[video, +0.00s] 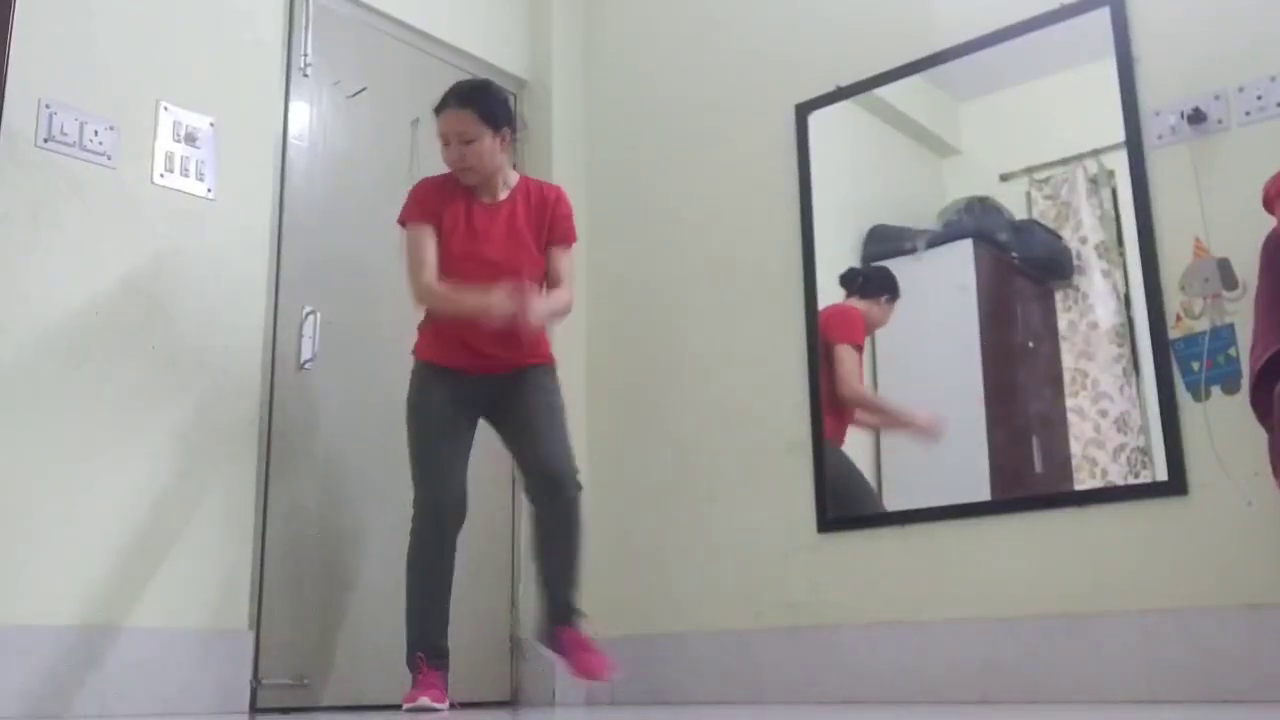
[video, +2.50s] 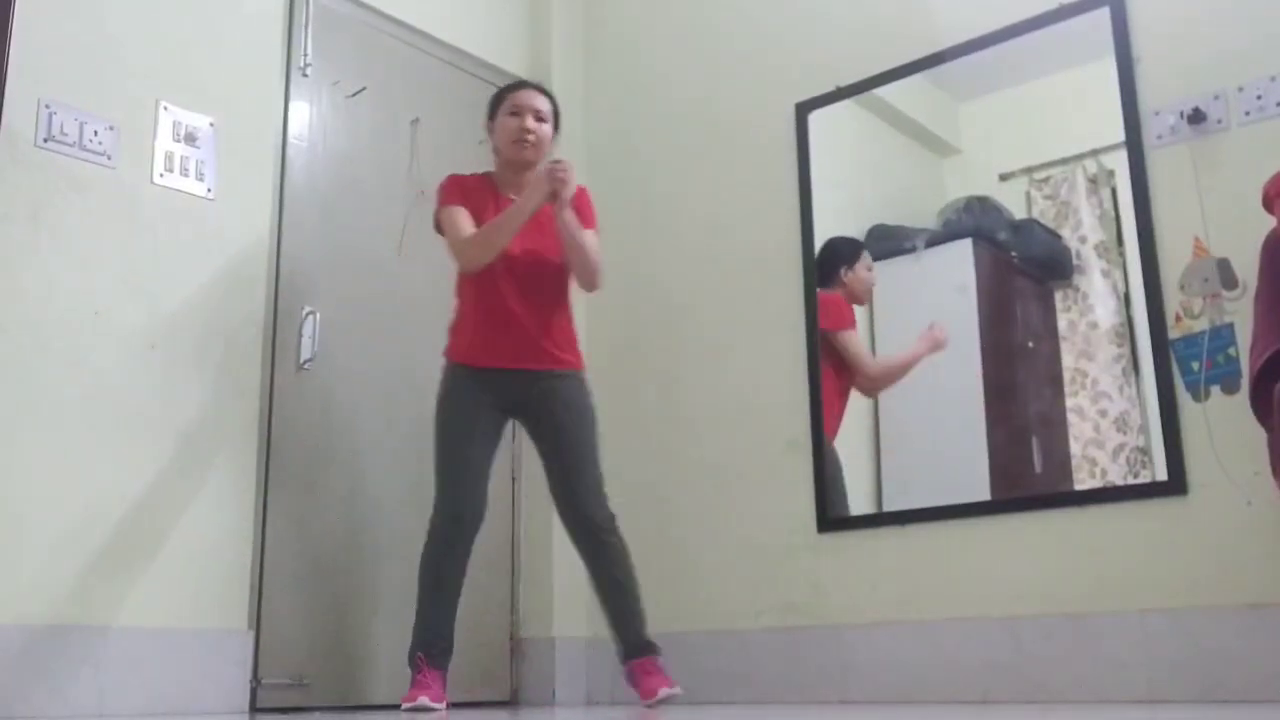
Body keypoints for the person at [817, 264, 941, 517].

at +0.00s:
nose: (886, 321)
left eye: (891, 312)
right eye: (891, 310)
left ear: (859, 292)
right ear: (882, 300)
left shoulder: (833, 318)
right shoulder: (846, 315)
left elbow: (848, 411)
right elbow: (848, 390)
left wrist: (906, 423)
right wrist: (911, 418)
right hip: (820, 447)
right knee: (875, 523)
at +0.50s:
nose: (919, 276)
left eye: (919, 266)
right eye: (915, 265)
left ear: (874, 269)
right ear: (893, 266)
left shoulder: (853, 299)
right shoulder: (882, 292)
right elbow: (884, 372)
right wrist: (904, 447)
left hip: (823, 421)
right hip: (842, 423)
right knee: (872, 524)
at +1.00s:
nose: (928, 272)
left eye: (928, 263)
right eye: (925, 262)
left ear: (878, 266)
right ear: (905, 265)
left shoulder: (860, 296)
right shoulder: (895, 290)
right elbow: (873, 348)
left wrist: (885, 434)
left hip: (818, 415)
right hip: (844, 416)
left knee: (870, 524)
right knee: (879, 524)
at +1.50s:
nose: (888, 308)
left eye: (891, 300)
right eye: (891, 299)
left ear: (852, 285)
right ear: (886, 291)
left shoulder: (825, 313)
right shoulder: (866, 310)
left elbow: (866, 400)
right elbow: (889, 393)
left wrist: (929, 415)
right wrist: (943, 414)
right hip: (826, 440)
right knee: (857, 531)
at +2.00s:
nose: (881, 321)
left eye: (883, 312)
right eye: (883, 311)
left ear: (844, 299)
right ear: (876, 305)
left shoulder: (830, 323)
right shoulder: (845, 324)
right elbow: (807, 335)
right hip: (805, 460)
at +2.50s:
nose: (873, 279)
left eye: (872, 270)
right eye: (868, 269)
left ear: (845, 274)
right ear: (845, 273)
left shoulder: (825, 305)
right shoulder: (831, 303)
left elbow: (869, 385)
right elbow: (870, 375)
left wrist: (922, 348)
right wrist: (924, 346)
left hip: (817, 442)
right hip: (813, 443)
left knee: (833, 527)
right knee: (835, 528)